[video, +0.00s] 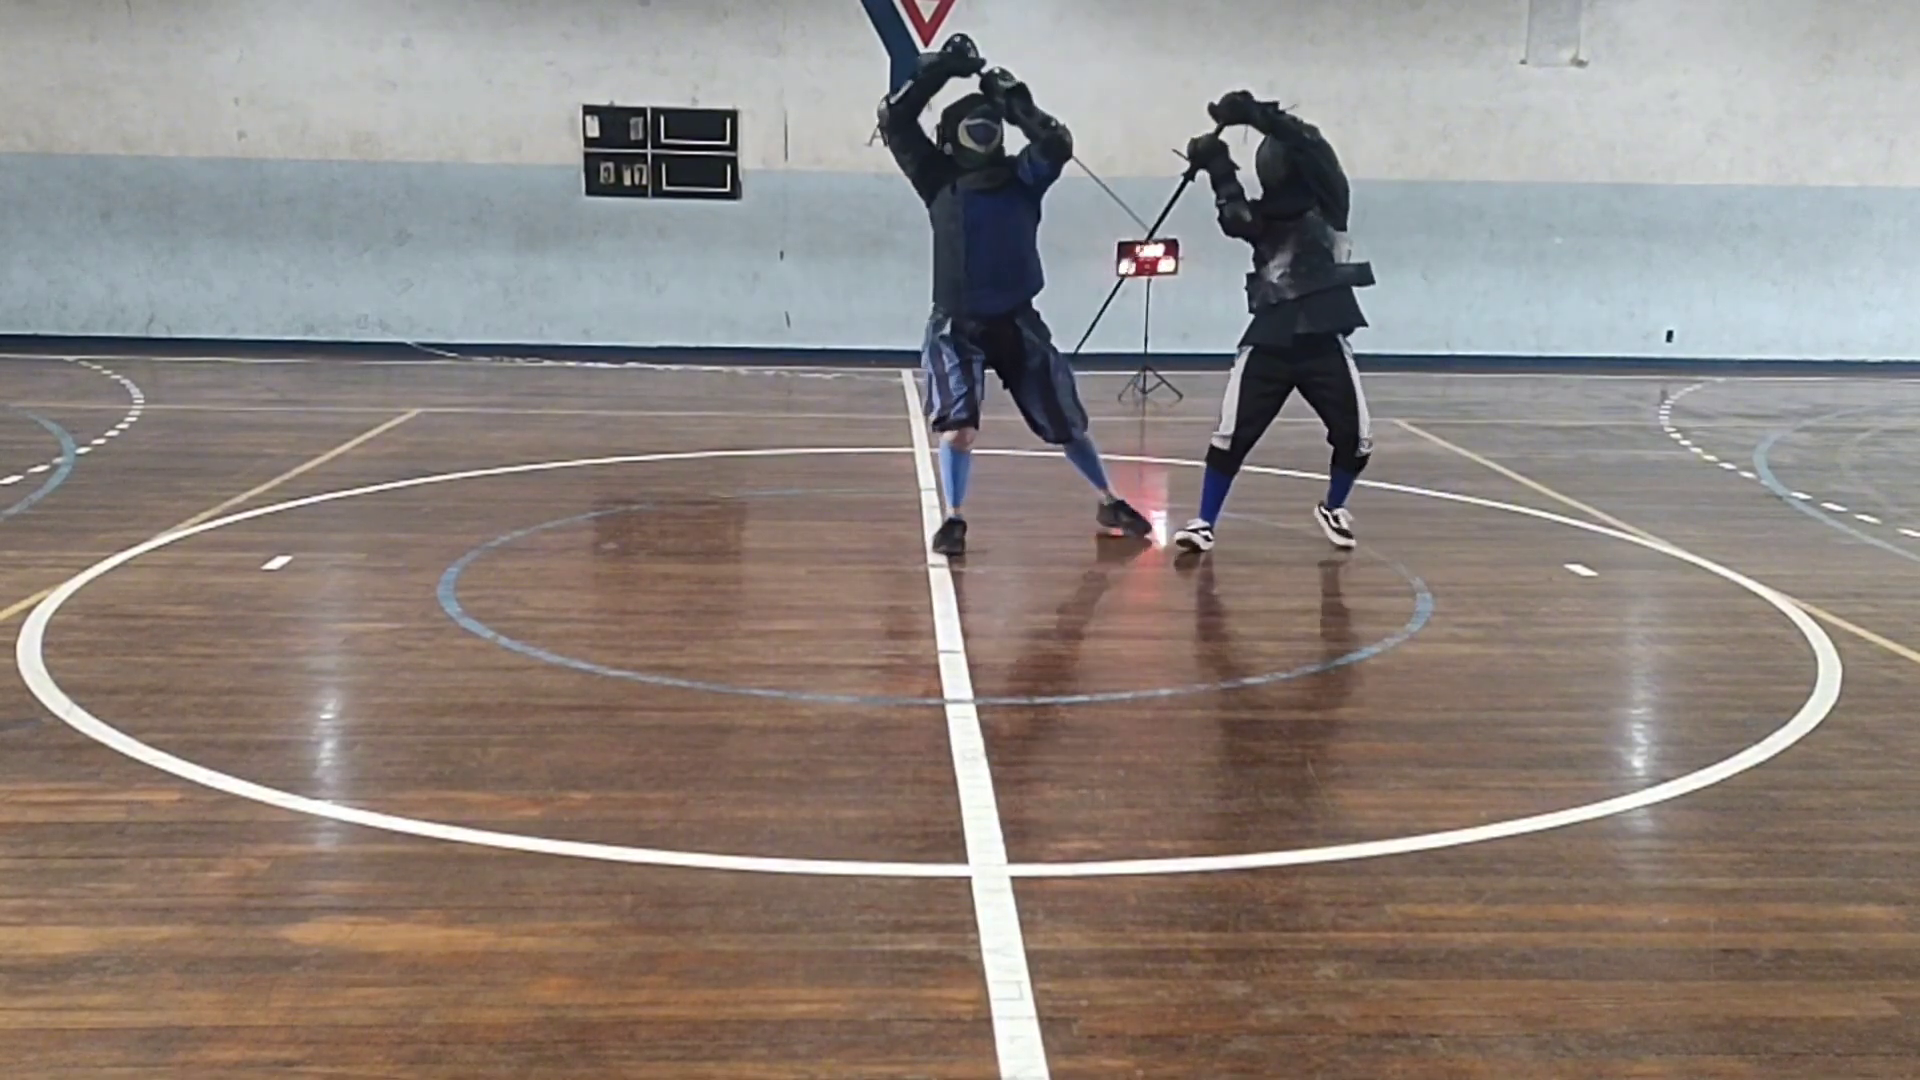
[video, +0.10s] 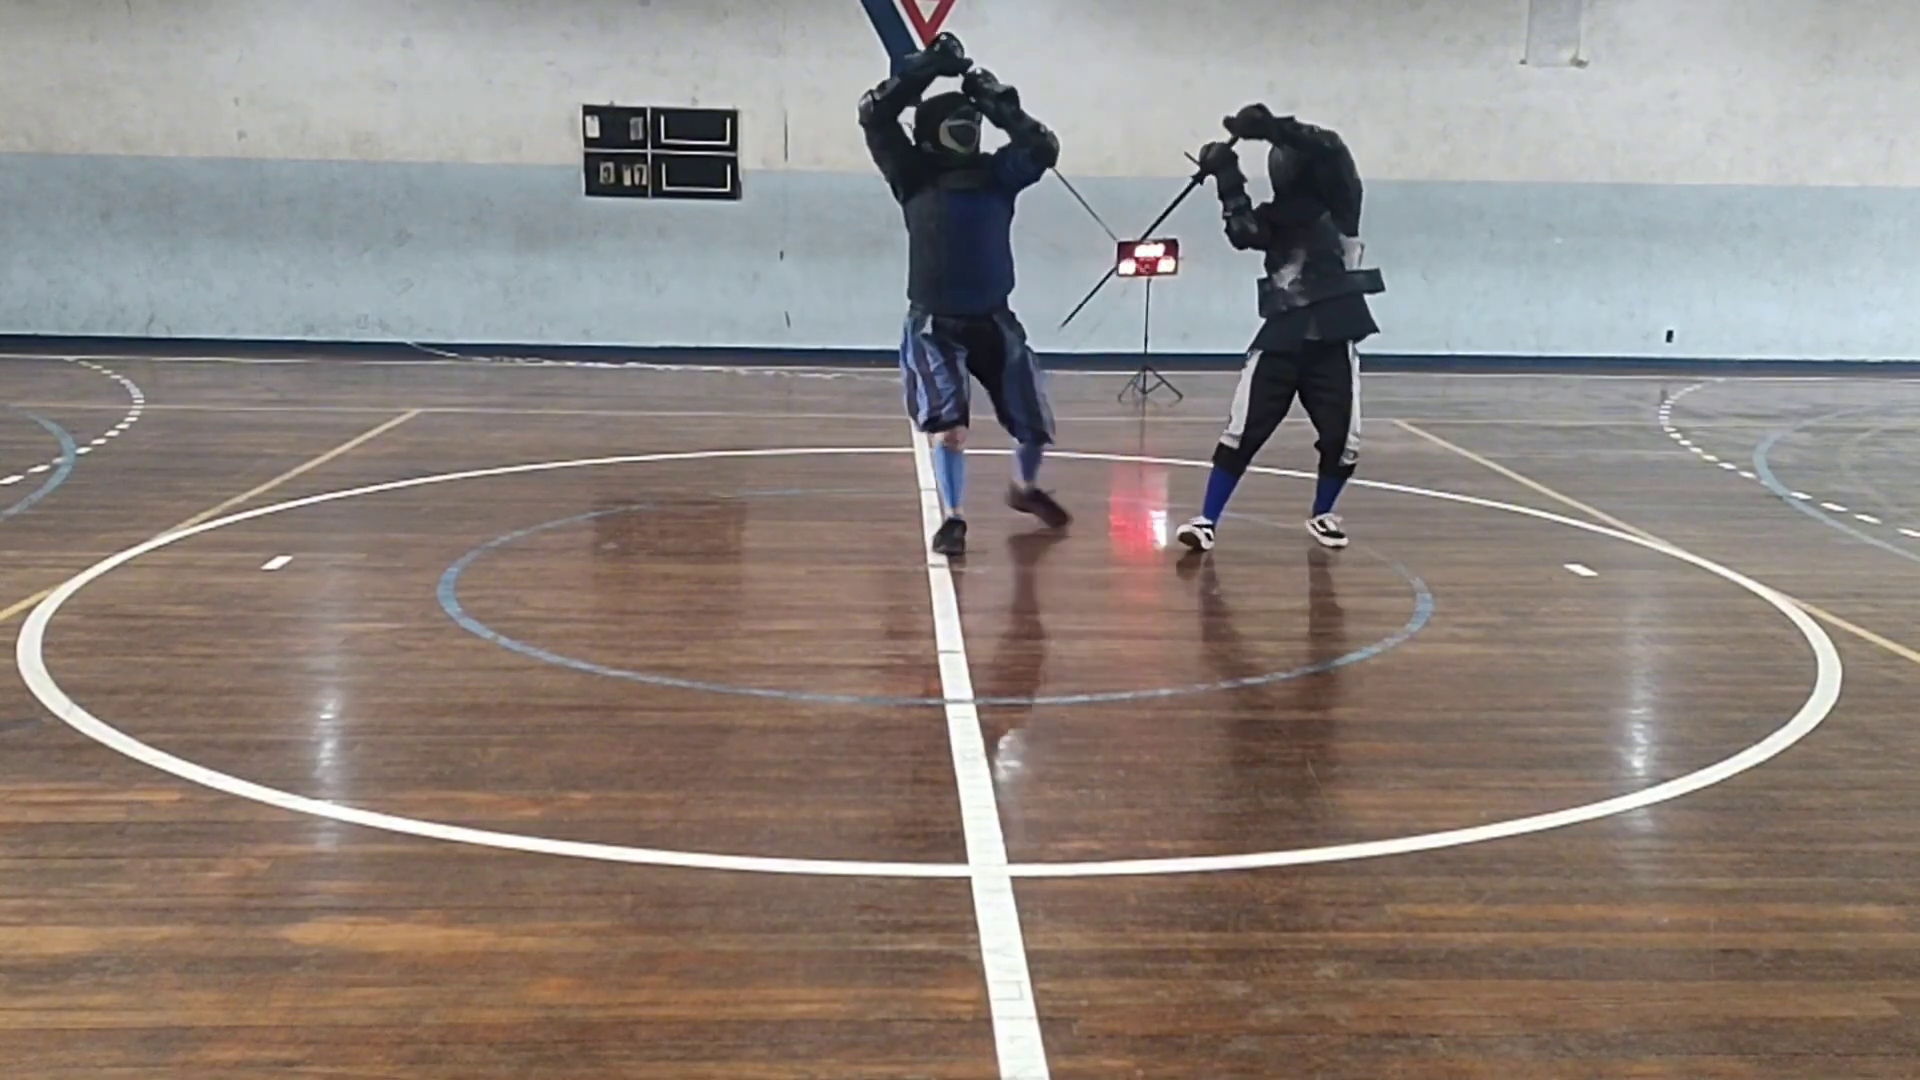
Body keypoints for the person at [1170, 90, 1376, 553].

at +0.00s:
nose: (1275, 183)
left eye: (1279, 174)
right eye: (1270, 176)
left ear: (1299, 167)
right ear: (1264, 175)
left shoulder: (1328, 202)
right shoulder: (1261, 214)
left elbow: (1311, 145)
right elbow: (1232, 212)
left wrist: (1256, 113)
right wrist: (1218, 162)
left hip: (1322, 341)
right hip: (1268, 341)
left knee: (1355, 440)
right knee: (1231, 435)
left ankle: (1333, 507)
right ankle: (1204, 523)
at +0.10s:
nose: (1282, 168)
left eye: (1287, 159)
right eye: (1280, 160)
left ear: (1309, 165)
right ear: (1278, 171)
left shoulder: (1341, 201)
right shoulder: (1276, 215)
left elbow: (1330, 150)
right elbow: (1242, 231)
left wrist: (1271, 126)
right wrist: (1228, 173)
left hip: (1333, 340)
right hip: (1280, 339)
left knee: (1343, 439)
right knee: (1244, 429)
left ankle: (1323, 515)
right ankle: (1206, 521)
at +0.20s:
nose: (1296, 172)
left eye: (1300, 164)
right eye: (1294, 165)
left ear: (1319, 163)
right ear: (1297, 171)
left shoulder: (1356, 198)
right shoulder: (1287, 213)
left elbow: (1340, 154)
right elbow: (1251, 250)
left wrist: (1276, 148)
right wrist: (1240, 186)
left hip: (1343, 332)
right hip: (1291, 331)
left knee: (1338, 434)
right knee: (1252, 424)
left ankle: (1318, 518)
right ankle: (1209, 517)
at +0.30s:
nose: (1308, 161)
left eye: (1318, 153)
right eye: (1305, 153)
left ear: (1344, 156)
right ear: (1305, 157)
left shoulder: (1372, 183)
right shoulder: (1299, 205)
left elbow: (1328, 184)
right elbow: (1265, 268)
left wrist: (1285, 179)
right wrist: (1256, 204)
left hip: (1351, 319)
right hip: (1300, 321)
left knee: (1337, 426)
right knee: (1258, 414)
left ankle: (1319, 517)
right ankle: (1223, 511)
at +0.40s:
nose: (1317, 158)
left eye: (1327, 149)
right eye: (1314, 149)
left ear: (1353, 153)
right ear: (1311, 154)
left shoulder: (1379, 193)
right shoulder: (1306, 206)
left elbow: (1373, 208)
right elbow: (1282, 273)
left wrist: (1319, 202)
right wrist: (1271, 225)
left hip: (1354, 319)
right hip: (1303, 319)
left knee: (1337, 421)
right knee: (1264, 409)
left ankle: (1319, 514)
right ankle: (1261, 505)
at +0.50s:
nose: (1324, 157)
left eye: (1332, 148)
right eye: (1322, 148)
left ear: (1360, 151)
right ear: (1324, 151)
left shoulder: (1386, 197)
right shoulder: (1321, 201)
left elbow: (1375, 258)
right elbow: (1293, 270)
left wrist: (1338, 231)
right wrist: (1281, 235)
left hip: (1356, 318)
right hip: (1311, 316)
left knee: (1339, 418)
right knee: (1280, 413)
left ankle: (1321, 511)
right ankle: (1310, 489)